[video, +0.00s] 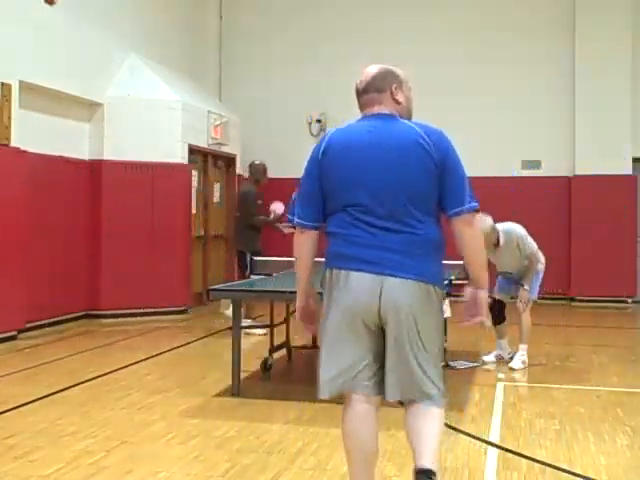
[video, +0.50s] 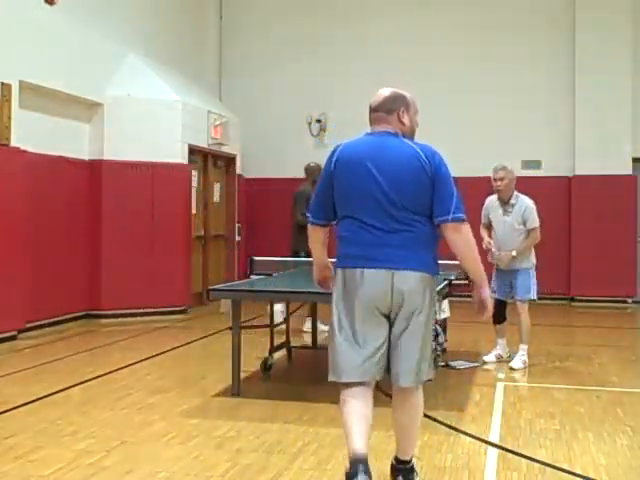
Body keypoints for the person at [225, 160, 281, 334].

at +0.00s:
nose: (266, 177)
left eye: (266, 173)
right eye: (264, 173)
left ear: (253, 173)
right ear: (257, 174)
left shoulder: (253, 191)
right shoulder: (249, 192)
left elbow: (256, 215)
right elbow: (252, 219)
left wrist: (271, 219)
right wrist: (272, 218)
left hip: (250, 244)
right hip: (246, 245)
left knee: (250, 281)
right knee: (247, 281)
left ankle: (247, 316)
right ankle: (244, 317)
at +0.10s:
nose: (277, 175)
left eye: (276, 171)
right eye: (275, 171)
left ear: (261, 172)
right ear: (270, 173)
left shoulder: (257, 189)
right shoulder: (262, 192)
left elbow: (264, 215)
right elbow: (269, 218)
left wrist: (278, 215)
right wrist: (282, 213)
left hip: (254, 244)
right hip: (261, 246)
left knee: (253, 282)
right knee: (260, 283)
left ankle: (249, 315)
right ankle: (256, 317)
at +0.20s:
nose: (287, 175)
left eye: (286, 172)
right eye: (285, 172)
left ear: (272, 173)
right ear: (281, 174)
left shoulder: (270, 189)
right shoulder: (272, 192)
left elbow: (277, 215)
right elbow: (280, 219)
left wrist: (287, 212)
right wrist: (292, 214)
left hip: (264, 246)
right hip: (270, 247)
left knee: (256, 283)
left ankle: (249, 317)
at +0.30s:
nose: (299, 178)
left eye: (297, 174)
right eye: (297, 175)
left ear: (284, 175)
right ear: (294, 176)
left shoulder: (282, 192)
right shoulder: (284, 194)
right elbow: (290, 222)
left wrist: (295, 214)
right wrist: (299, 214)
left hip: (275, 247)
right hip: (282, 248)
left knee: (266, 284)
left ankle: (251, 316)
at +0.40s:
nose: (311, 180)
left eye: (310, 177)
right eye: (309, 177)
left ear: (295, 176)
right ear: (305, 177)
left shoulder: (292, 193)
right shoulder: (295, 195)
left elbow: (294, 220)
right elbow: (295, 221)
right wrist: (314, 221)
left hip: (289, 249)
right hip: (296, 251)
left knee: (281, 284)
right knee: (310, 286)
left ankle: (260, 311)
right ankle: (311, 318)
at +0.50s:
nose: (320, 178)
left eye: (319, 174)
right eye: (318, 174)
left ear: (310, 174)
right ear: (314, 175)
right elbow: (299, 217)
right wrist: (318, 221)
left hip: (314, 247)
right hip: (302, 247)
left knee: (313, 285)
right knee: (304, 285)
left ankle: (314, 317)